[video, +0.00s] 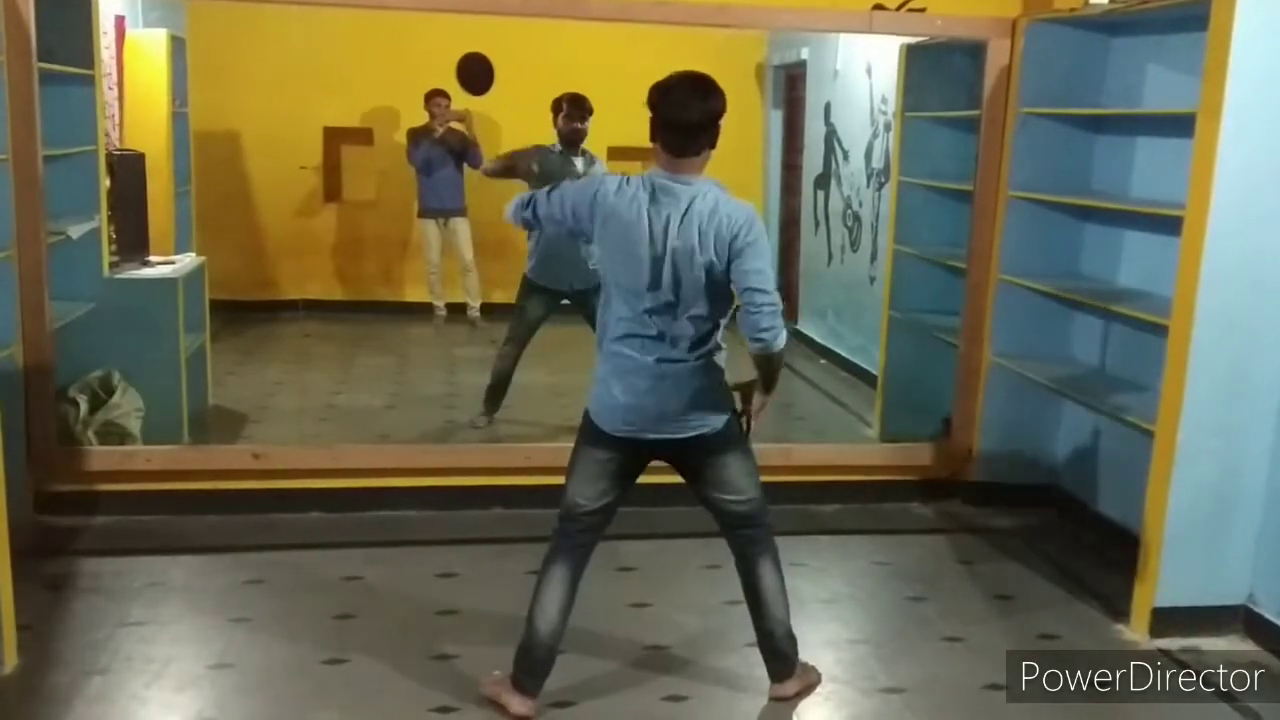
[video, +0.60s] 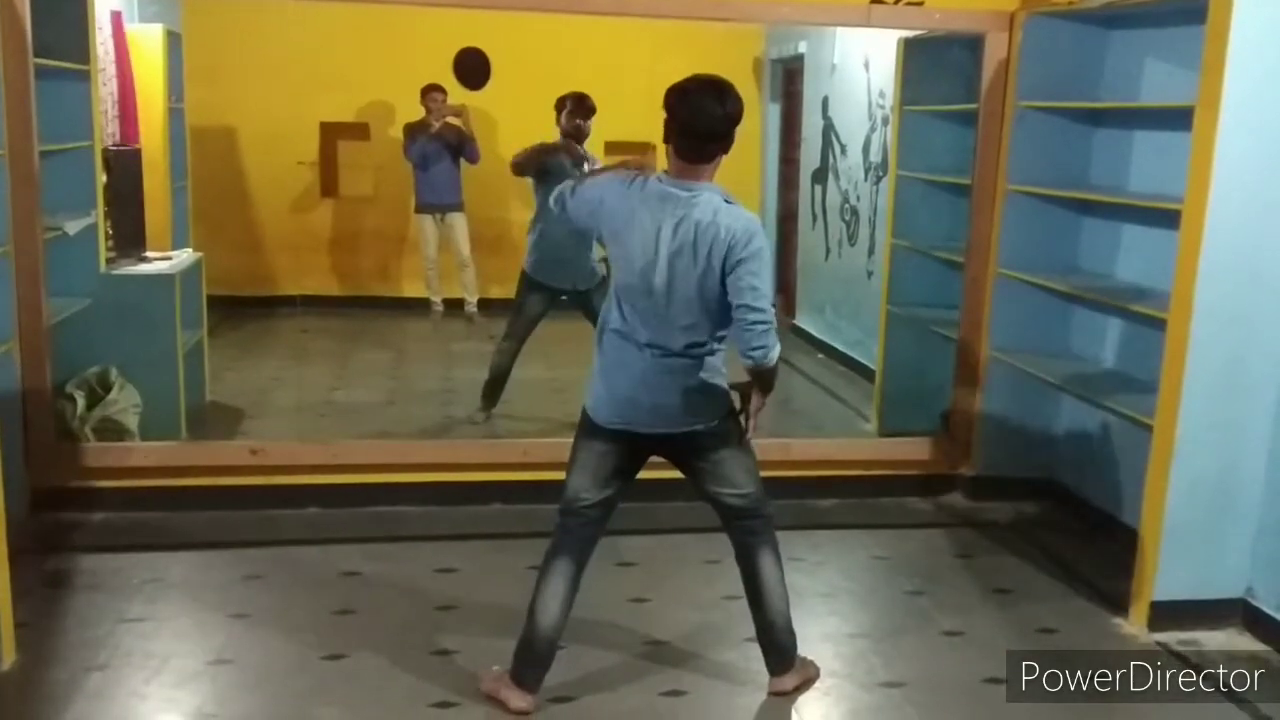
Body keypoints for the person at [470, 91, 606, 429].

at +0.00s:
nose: (577, 126)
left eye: (583, 120)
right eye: (570, 119)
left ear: (590, 123)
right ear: (556, 121)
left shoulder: (598, 168)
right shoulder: (537, 159)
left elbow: (616, 211)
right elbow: (489, 167)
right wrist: (518, 165)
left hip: (591, 278)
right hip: (544, 276)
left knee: (624, 346)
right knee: (512, 347)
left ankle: (635, 423)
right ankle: (488, 411)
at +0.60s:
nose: (580, 123)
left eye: (586, 117)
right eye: (574, 115)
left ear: (593, 122)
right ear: (559, 117)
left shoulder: (595, 166)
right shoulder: (546, 156)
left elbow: (612, 208)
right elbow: (518, 166)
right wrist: (558, 149)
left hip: (588, 271)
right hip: (543, 269)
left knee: (622, 339)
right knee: (512, 340)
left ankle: (630, 415)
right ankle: (486, 407)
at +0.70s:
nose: (582, 124)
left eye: (588, 118)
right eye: (575, 117)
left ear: (594, 123)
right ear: (560, 119)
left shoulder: (595, 165)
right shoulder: (547, 152)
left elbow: (603, 215)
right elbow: (532, 163)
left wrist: (618, 254)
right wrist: (576, 158)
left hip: (586, 272)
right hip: (543, 270)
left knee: (622, 338)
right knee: (512, 341)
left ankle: (631, 412)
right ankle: (486, 405)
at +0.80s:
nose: (582, 126)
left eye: (588, 121)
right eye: (575, 118)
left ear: (594, 126)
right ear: (561, 120)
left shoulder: (599, 169)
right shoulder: (547, 152)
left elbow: (604, 225)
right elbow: (571, 176)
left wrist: (618, 263)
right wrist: (624, 168)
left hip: (585, 269)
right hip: (543, 266)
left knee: (622, 335)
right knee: (513, 339)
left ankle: (629, 411)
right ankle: (487, 406)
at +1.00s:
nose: (616, 130)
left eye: (622, 124)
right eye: (610, 122)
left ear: (628, 130)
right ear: (597, 124)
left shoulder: (623, 178)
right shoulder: (582, 149)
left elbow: (618, 226)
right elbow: (591, 167)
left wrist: (623, 264)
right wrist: (637, 178)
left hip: (595, 263)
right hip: (558, 257)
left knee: (626, 326)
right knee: (530, 326)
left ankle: (630, 398)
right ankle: (491, 379)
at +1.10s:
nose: (650, 159)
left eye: (653, 152)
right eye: (647, 150)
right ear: (627, 144)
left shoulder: (627, 183)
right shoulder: (602, 168)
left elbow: (611, 225)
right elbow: (554, 171)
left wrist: (621, 263)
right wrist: (604, 165)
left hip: (597, 270)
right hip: (564, 266)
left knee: (635, 333)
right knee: (551, 339)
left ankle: (626, 408)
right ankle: (513, 308)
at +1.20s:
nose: (642, 159)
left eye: (646, 153)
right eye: (637, 151)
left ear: (648, 156)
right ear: (621, 146)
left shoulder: (632, 191)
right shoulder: (601, 173)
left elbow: (617, 236)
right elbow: (564, 162)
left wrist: (623, 272)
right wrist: (611, 164)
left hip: (599, 276)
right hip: (564, 270)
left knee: (638, 335)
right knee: (549, 342)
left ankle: (628, 409)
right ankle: (517, 303)